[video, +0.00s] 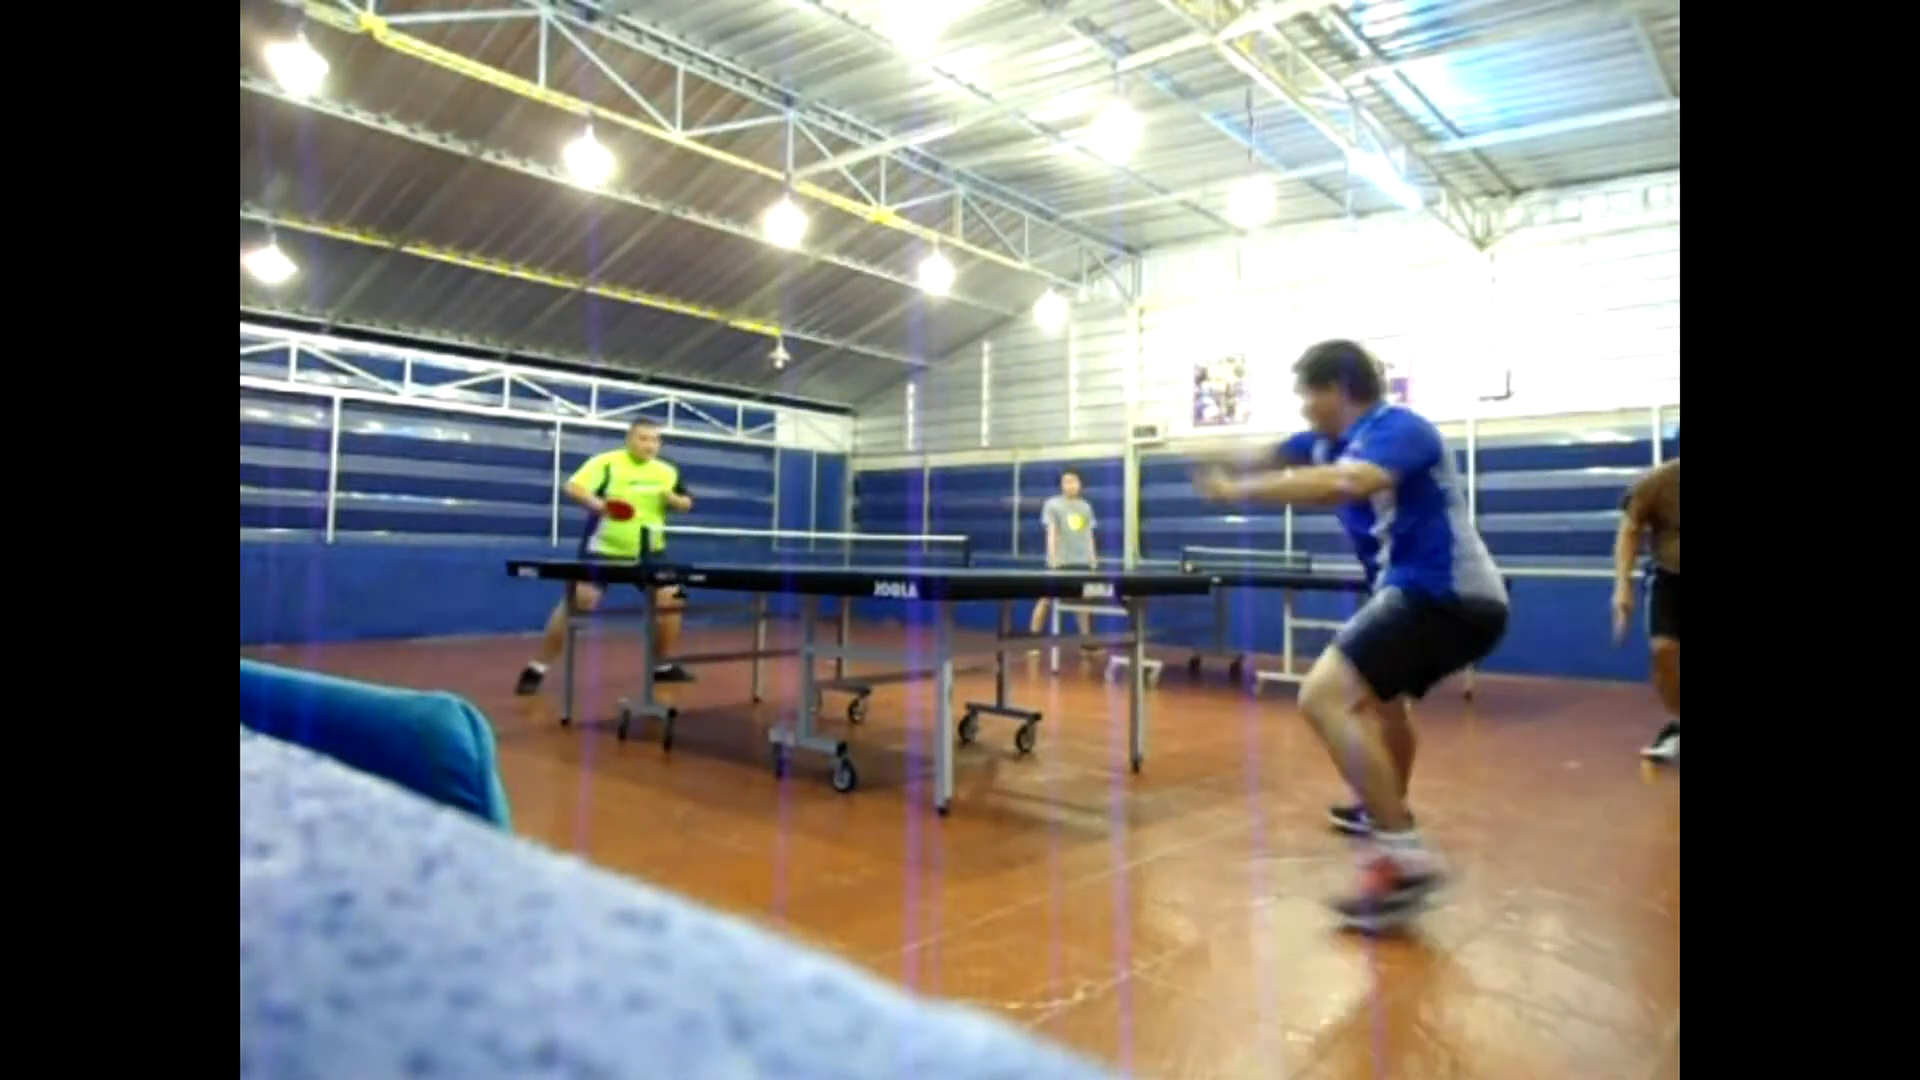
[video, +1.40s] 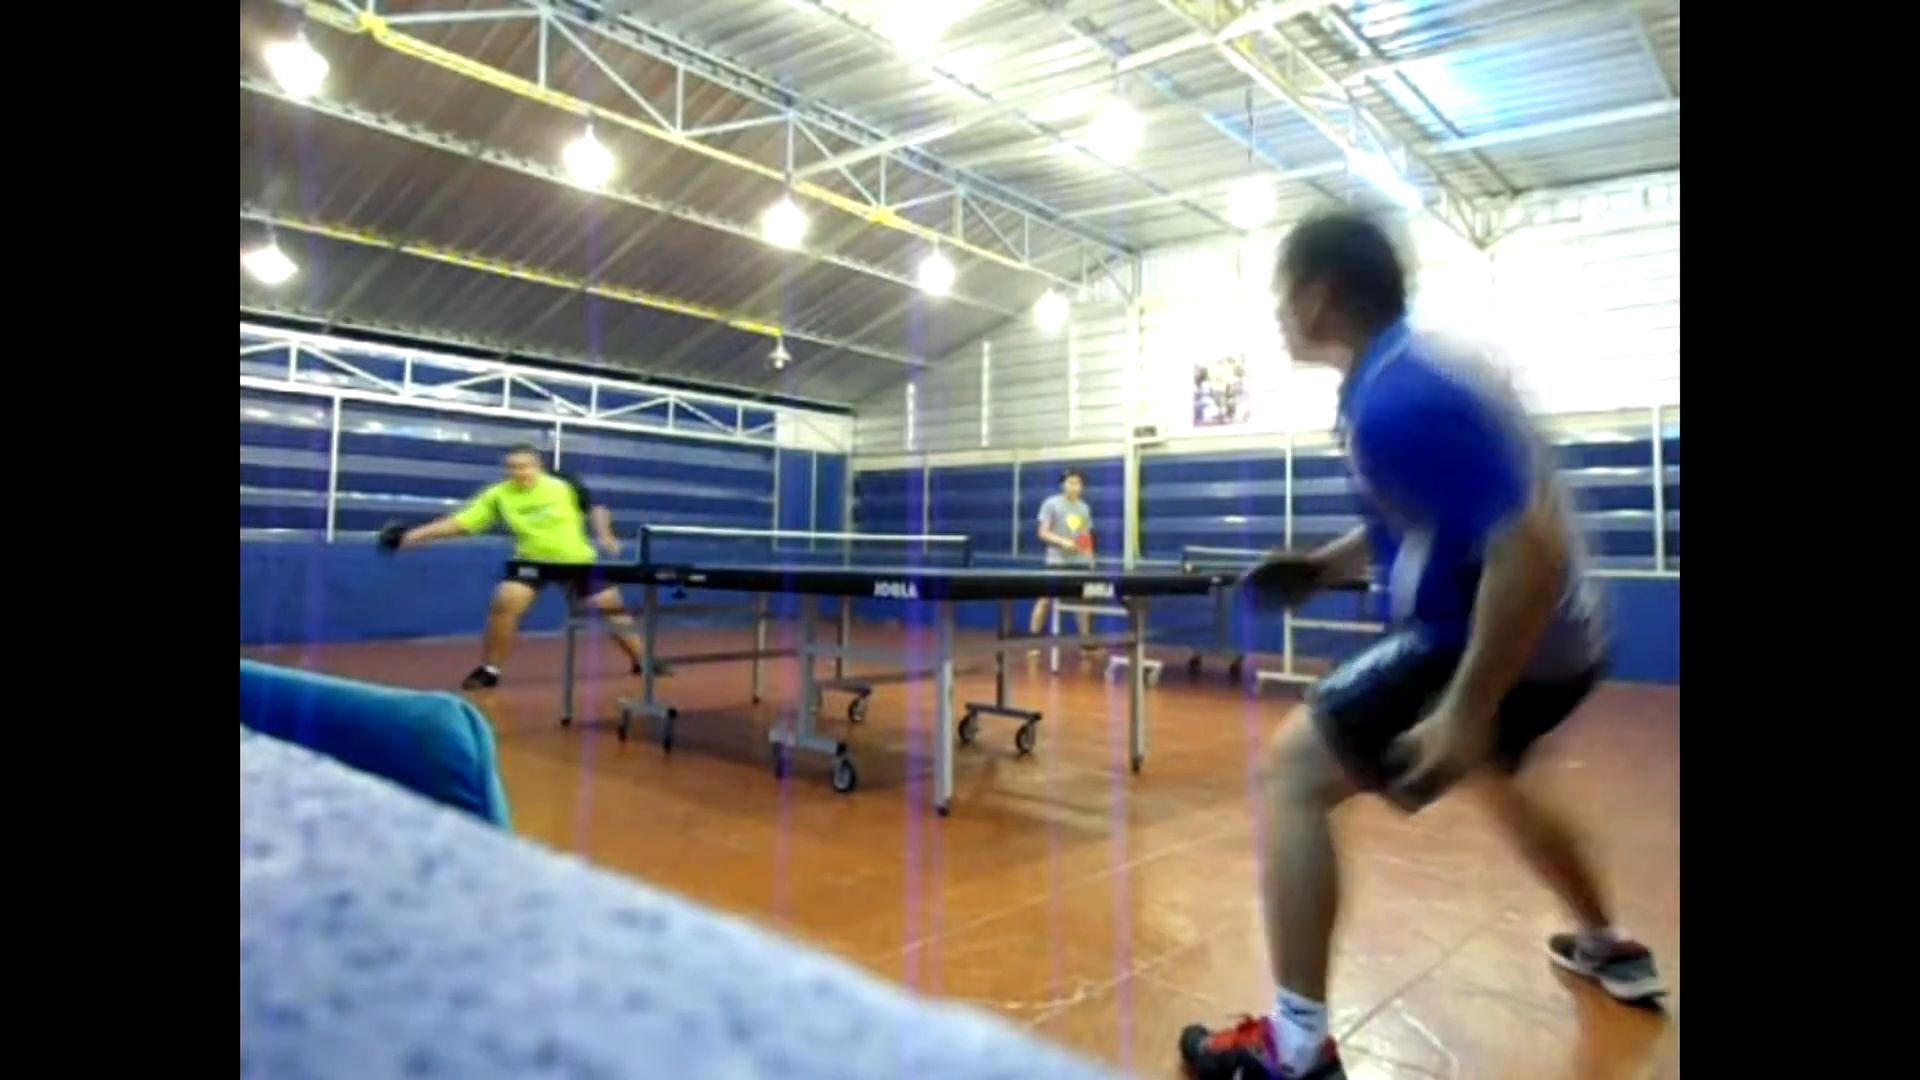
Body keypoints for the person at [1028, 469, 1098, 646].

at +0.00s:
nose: (1070, 486)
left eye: (1073, 481)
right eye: (1067, 482)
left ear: (1080, 484)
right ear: (1061, 485)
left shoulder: (1085, 507)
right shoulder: (1052, 505)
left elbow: (1089, 535)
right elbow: (1051, 532)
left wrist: (1092, 559)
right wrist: (1052, 558)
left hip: (1082, 561)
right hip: (1060, 561)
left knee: (1083, 601)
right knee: (1046, 599)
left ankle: (1086, 637)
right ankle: (1034, 635)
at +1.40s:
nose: (1074, 487)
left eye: (1077, 483)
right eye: (1070, 483)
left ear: (1082, 487)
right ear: (1063, 485)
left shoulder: (1084, 508)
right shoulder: (1051, 504)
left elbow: (1086, 533)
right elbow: (1043, 532)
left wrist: (1089, 554)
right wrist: (1065, 543)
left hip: (1080, 560)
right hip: (1056, 560)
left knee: (1083, 600)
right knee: (1046, 598)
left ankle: (1085, 638)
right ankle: (1034, 635)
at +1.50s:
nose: (1086, 490)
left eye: (1089, 486)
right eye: (1083, 485)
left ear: (1092, 489)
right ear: (1075, 487)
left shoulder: (1086, 507)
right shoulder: (1063, 504)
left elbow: (1085, 531)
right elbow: (1065, 522)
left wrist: (1087, 553)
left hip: (1077, 558)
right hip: (1057, 557)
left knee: (1081, 599)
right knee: (1049, 597)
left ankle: (1086, 636)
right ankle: (1037, 633)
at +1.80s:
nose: (1083, 490)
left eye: (1085, 486)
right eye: (1079, 486)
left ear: (1088, 490)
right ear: (1071, 488)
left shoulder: (1085, 509)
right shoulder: (1057, 505)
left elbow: (1087, 532)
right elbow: (1045, 526)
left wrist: (1083, 553)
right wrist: (1065, 530)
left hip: (1076, 558)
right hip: (1053, 557)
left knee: (1084, 599)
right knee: (1043, 597)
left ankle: (1087, 637)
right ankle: (1031, 634)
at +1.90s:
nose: (1078, 492)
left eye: (1081, 488)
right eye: (1075, 487)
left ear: (1084, 492)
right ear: (1067, 489)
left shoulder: (1082, 509)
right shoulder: (1053, 506)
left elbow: (1084, 531)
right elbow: (1039, 529)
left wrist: (1076, 552)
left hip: (1069, 558)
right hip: (1048, 558)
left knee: (1078, 599)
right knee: (1039, 597)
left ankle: (1085, 637)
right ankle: (1030, 634)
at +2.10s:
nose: (1076, 495)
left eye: (1075, 489)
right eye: (1069, 489)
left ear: (1077, 494)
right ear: (1053, 492)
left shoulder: (1076, 517)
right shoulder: (1041, 517)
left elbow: (1081, 542)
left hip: (1068, 566)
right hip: (1042, 564)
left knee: (1076, 601)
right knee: (1037, 598)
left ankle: (1082, 638)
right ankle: (1030, 634)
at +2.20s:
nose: (1078, 503)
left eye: (1081, 499)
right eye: (1074, 499)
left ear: (1084, 500)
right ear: (1066, 500)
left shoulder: (1083, 522)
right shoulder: (1052, 517)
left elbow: (1081, 549)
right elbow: (1046, 545)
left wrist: (1057, 547)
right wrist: (1069, 549)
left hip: (1069, 564)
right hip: (1044, 564)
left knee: (1076, 600)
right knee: (1040, 598)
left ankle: (1083, 638)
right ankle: (1030, 635)